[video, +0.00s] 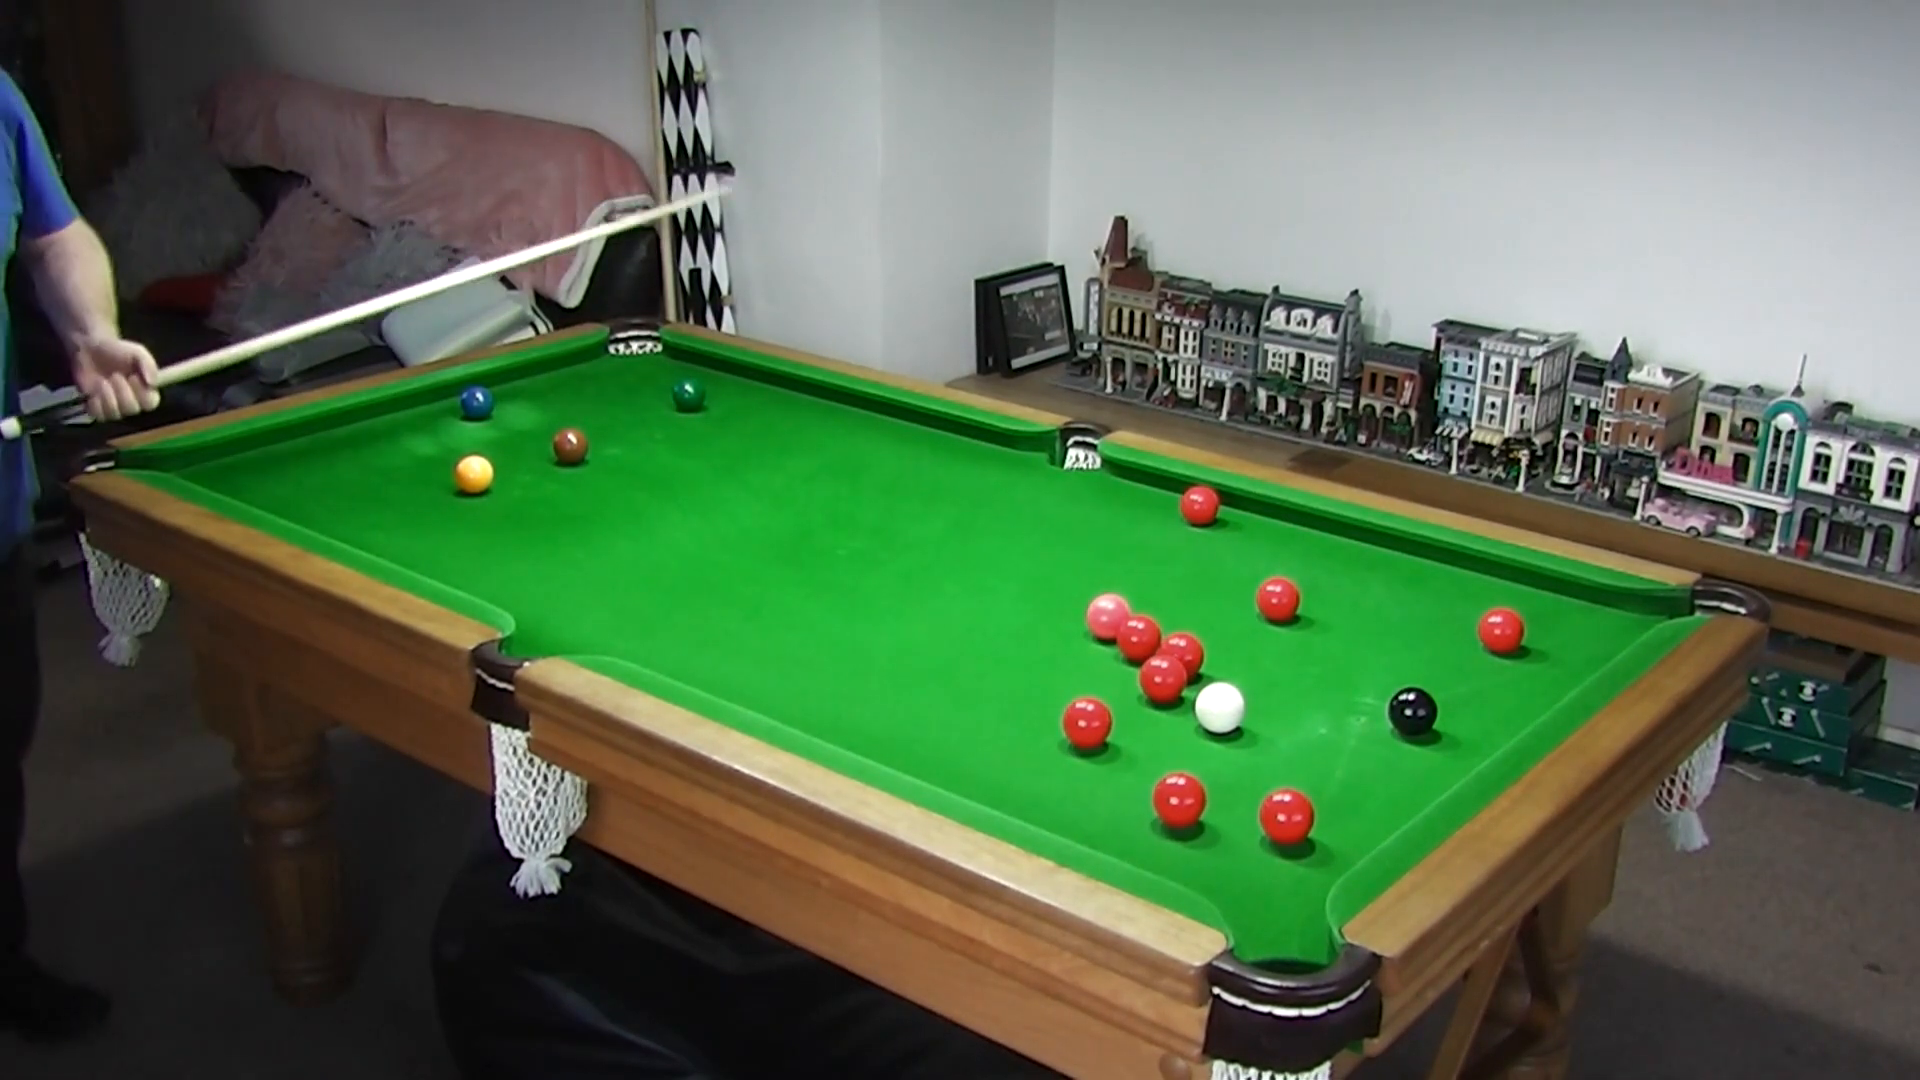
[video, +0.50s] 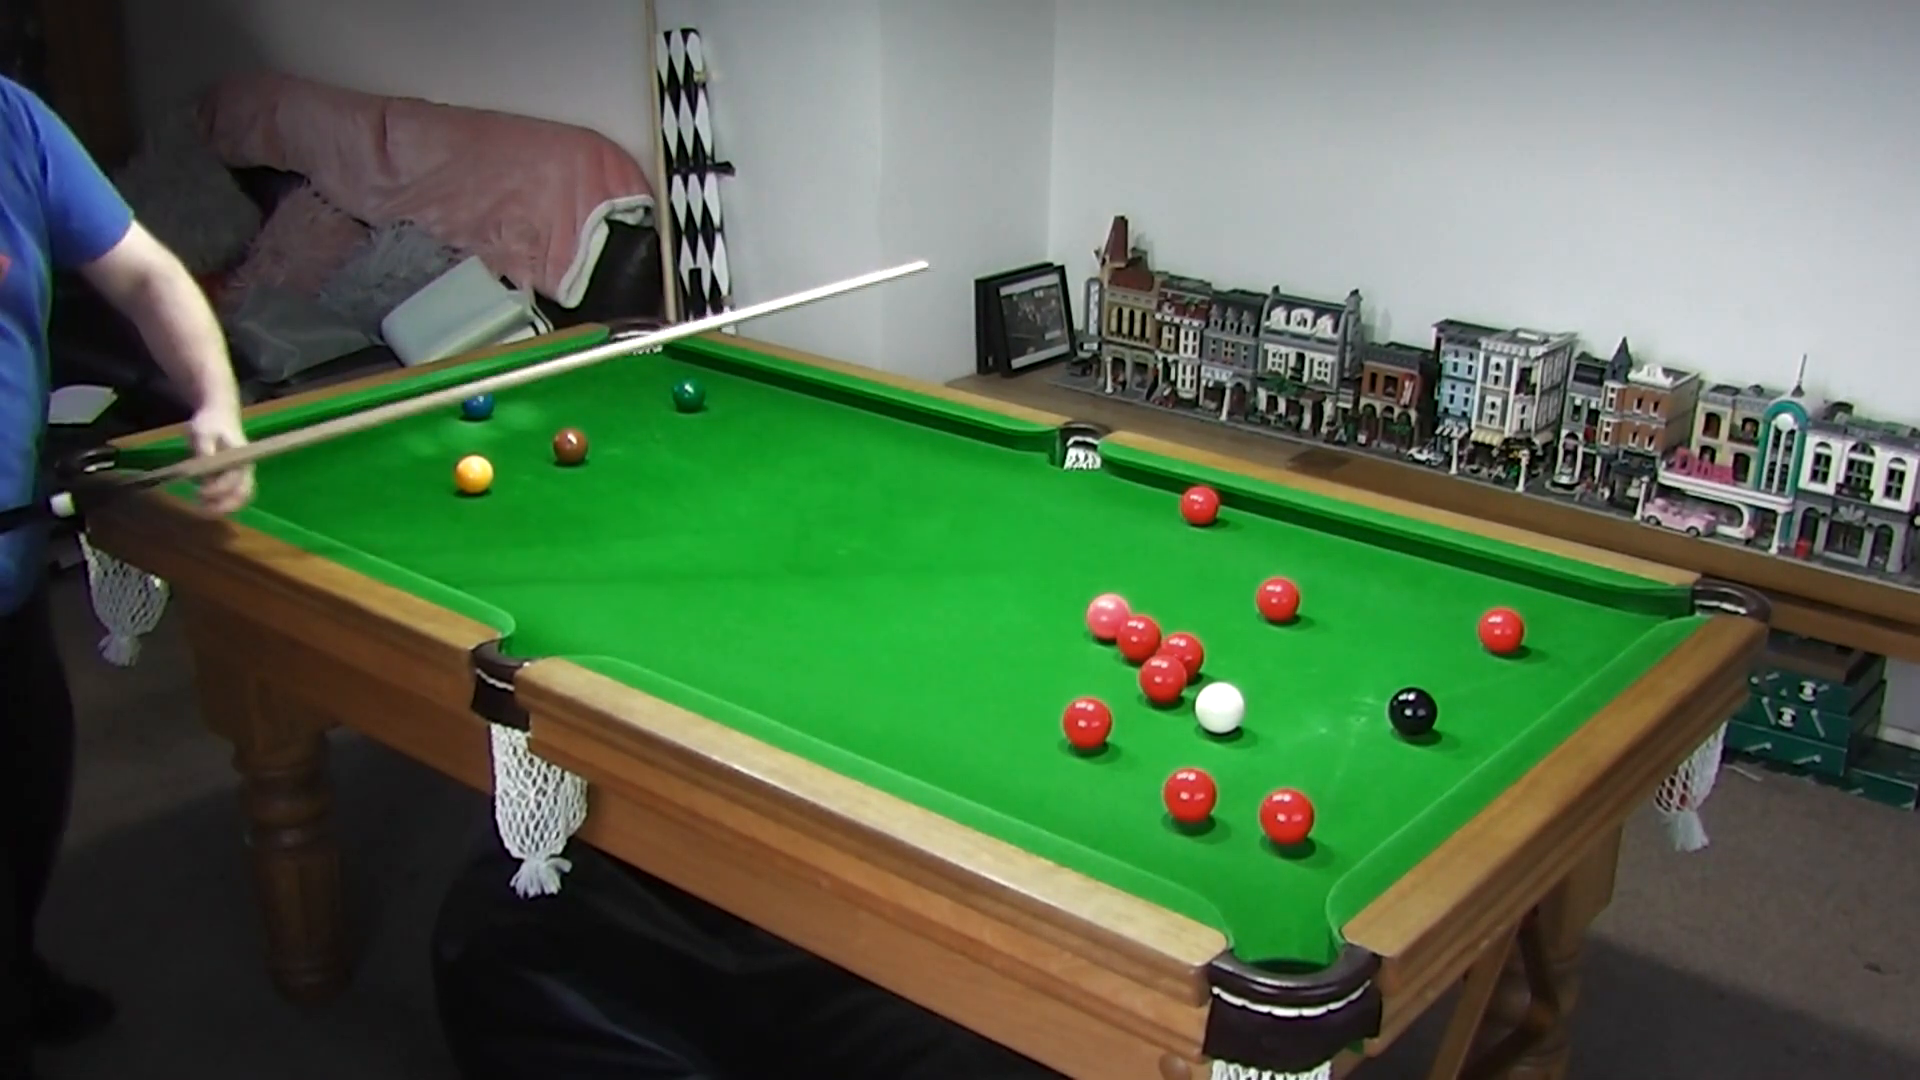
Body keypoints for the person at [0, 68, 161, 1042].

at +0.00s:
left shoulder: (3, 99)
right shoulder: (11, 102)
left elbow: (57, 232)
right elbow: (60, 235)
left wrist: (96, 332)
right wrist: (92, 332)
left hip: (3, 517)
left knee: (8, 741)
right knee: (4, 749)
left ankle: (9, 961)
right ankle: (8, 965)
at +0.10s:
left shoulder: (6, 106)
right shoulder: (14, 109)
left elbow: (73, 243)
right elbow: (75, 246)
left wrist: (107, 343)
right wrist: (105, 343)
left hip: (6, 522)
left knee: (14, 740)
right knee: (7, 747)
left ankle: (9, 960)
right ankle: (7, 966)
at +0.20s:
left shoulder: (9, 104)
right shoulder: (17, 107)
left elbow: (89, 252)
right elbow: (91, 254)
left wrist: (125, 359)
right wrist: (125, 355)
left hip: (6, 531)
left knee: (26, 739)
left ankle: (8, 959)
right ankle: (6, 966)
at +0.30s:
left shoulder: (12, 107)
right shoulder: (19, 111)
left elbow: (105, 256)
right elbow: (105, 257)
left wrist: (148, 382)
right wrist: (148, 380)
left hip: (8, 543)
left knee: (28, 754)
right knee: (19, 758)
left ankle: (15, 972)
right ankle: (13, 979)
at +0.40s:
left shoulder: (14, 118)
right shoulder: (21, 120)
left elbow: (128, 265)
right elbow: (129, 265)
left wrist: (189, 393)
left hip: (14, 567)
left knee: (28, 778)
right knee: (15, 786)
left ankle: (20, 979)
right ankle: (14, 997)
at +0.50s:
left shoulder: (17, 125)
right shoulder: (21, 126)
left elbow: (143, 271)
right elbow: (145, 272)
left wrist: (216, 404)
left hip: (15, 586)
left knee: (34, 781)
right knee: (23, 786)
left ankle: (24, 978)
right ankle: (15, 994)